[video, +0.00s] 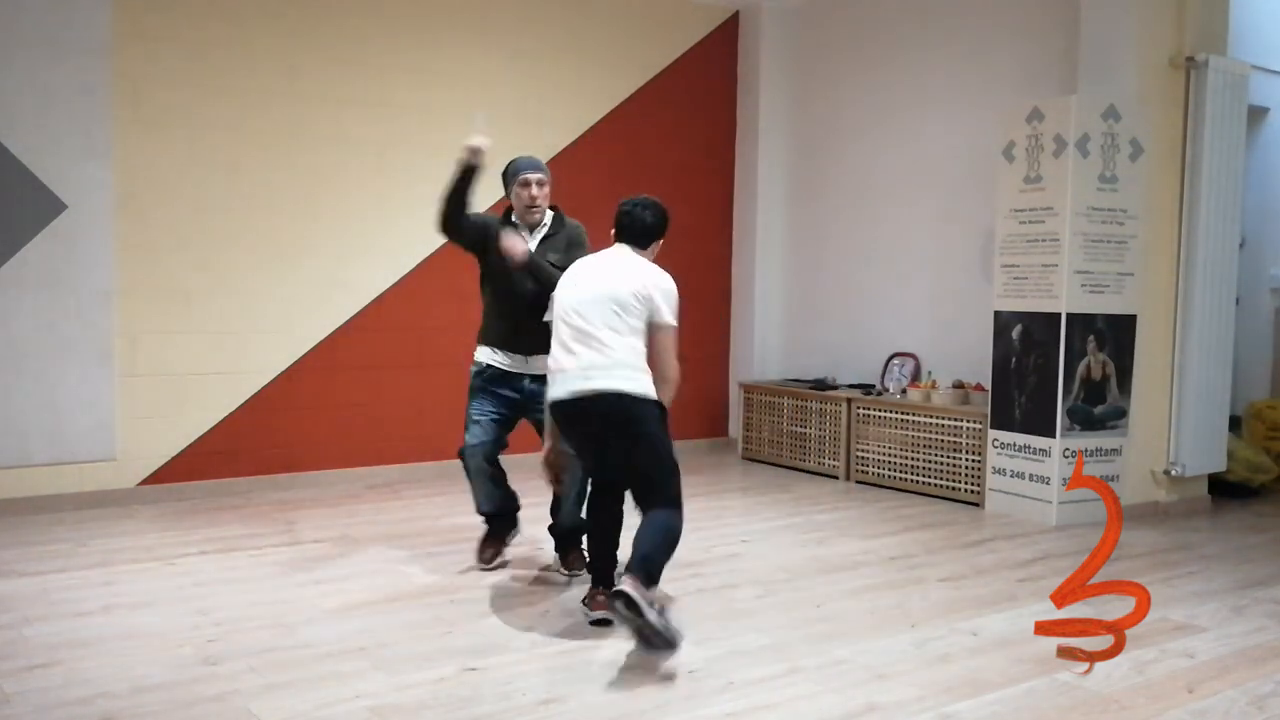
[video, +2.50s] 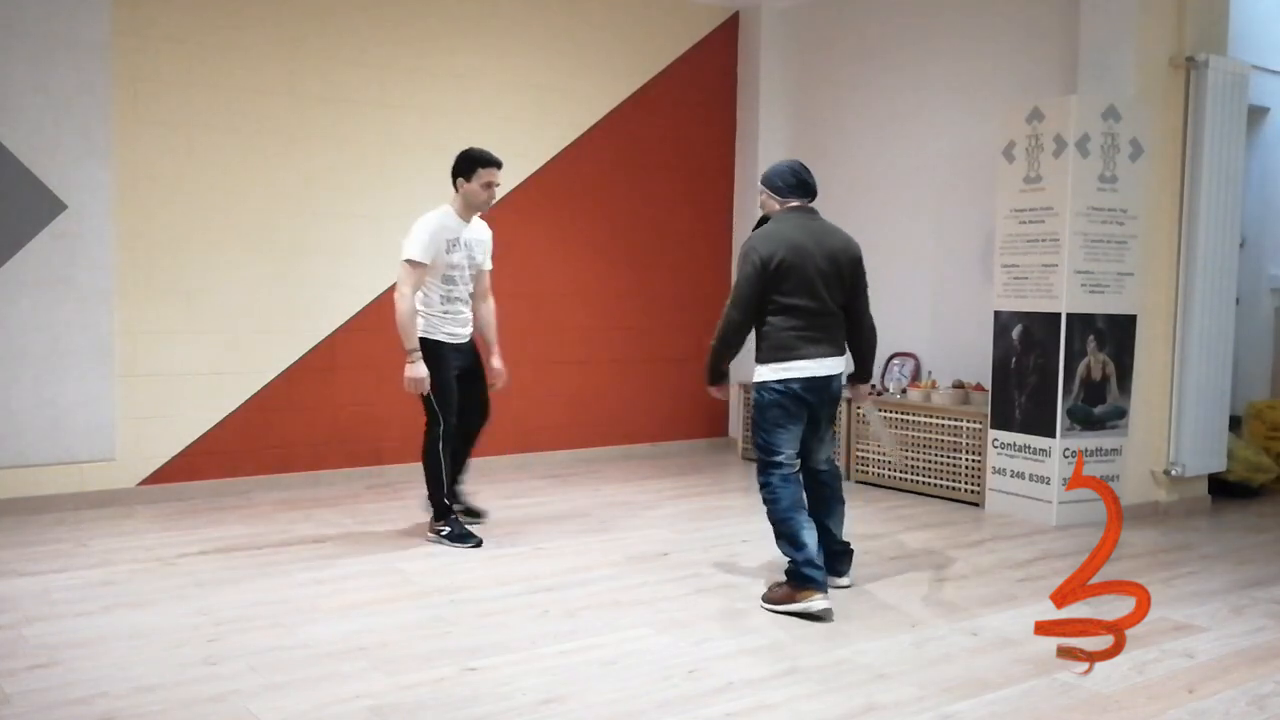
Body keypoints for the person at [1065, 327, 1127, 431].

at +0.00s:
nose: (1087, 345)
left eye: (1091, 342)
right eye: (1088, 342)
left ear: (1098, 344)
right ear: (1088, 345)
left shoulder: (1108, 364)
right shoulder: (1083, 365)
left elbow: (1113, 390)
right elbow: (1076, 391)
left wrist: (1106, 406)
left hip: (1103, 406)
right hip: (1086, 405)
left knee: (1121, 411)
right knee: (1071, 410)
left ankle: (1086, 425)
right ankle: (1102, 425)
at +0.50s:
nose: (1087, 345)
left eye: (1091, 342)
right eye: (1088, 342)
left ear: (1099, 344)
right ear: (1088, 345)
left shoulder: (1108, 364)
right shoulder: (1083, 365)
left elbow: (1113, 388)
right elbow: (1076, 390)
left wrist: (1115, 406)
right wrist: (1070, 408)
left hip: (1102, 405)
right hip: (1086, 405)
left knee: (1121, 411)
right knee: (1071, 410)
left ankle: (1086, 425)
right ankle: (1101, 425)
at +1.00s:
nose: (1087, 345)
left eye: (1091, 342)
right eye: (1088, 342)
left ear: (1099, 344)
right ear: (1088, 345)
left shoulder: (1108, 364)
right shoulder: (1083, 365)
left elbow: (1114, 390)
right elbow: (1076, 391)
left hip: (1102, 406)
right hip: (1086, 406)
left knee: (1121, 411)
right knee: (1071, 410)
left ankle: (1086, 425)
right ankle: (1102, 425)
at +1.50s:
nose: (1087, 346)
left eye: (1090, 342)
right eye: (1087, 342)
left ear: (1098, 344)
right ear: (1087, 345)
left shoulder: (1108, 364)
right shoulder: (1084, 365)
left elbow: (1114, 391)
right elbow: (1076, 391)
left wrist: (1107, 406)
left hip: (1103, 406)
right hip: (1086, 406)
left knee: (1121, 411)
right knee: (1071, 411)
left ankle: (1086, 425)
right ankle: (1100, 425)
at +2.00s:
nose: (1088, 345)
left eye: (1091, 342)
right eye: (1088, 342)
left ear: (1098, 344)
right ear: (1087, 344)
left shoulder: (1108, 364)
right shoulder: (1084, 364)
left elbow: (1114, 390)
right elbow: (1076, 390)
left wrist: (1109, 406)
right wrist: (1070, 409)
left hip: (1102, 406)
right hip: (1085, 405)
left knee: (1121, 411)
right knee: (1071, 410)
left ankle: (1086, 425)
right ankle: (1100, 425)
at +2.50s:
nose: (1088, 345)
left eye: (1091, 342)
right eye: (1088, 342)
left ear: (1098, 344)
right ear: (1087, 344)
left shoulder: (1108, 364)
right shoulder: (1084, 364)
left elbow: (1114, 392)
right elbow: (1076, 391)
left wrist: (1107, 407)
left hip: (1102, 406)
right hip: (1086, 406)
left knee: (1121, 411)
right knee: (1071, 410)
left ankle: (1086, 425)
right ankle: (1099, 425)